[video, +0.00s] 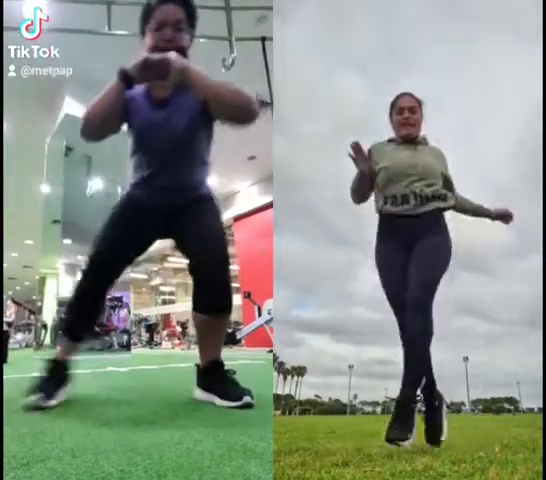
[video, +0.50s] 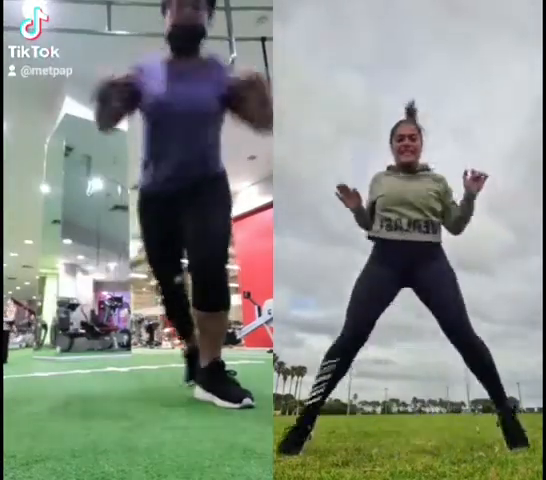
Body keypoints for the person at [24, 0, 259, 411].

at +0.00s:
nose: (169, 36)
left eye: (179, 28)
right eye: (160, 28)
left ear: (191, 38)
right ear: (144, 38)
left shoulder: (202, 88)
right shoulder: (131, 90)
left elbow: (247, 113)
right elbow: (90, 130)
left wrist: (187, 73)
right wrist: (127, 78)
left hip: (193, 202)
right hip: (142, 202)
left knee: (214, 273)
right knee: (98, 273)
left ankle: (211, 372)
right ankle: (58, 369)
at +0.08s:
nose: (172, 33)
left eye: (182, 25)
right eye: (163, 24)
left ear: (195, 36)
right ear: (148, 33)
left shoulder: (206, 84)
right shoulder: (136, 91)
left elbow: (252, 104)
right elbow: (95, 125)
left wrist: (190, 66)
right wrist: (131, 74)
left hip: (199, 201)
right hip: (147, 201)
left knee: (215, 274)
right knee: (107, 265)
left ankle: (211, 373)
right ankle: (78, 367)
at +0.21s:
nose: (186, 30)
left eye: (196, 22)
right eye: (177, 21)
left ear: (210, 32)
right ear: (162, 31)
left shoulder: (218, 82)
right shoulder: (148, 87)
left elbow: (263, 99)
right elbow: (107, 124)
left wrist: (204, 62)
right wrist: (144, 72)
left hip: (206, 198)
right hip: (156, 198)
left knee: (214, 277)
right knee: (134, 278)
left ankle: (210, 372)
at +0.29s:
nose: (191, 32)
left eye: (201, 25)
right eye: (182, 24)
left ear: (214, 35)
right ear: (167, 33)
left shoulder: (224, 86)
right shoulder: (153, 88)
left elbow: (268, 115)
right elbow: (113, 134)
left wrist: (218, 73)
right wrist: (148, 83)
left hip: (208, 200)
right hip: (159, 201)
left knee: (214, 280)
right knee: (159, 290)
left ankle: (212, 370)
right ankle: (192, 344)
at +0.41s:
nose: (191, 33)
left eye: (201, 26)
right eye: (182, 25)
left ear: (214, 37)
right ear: (168, 34)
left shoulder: (224, 86)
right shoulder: (152, 89)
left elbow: (267, 133)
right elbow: (108, 140)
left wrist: (235, 88)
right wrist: (138, 94)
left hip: (208, 198)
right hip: (160, 202)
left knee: (211, 274)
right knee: (179, 289)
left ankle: (211, 371)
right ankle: (205, 360)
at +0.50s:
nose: (187, 18)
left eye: (196, 11)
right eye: (179, 11)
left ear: (208, 21)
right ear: (166, 21)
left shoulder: (218, 73)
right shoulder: (148, 72)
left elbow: (262, 122)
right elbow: (106, 121)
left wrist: (258, 96)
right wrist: (109, 98)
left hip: (206, 187)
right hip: (159, 190)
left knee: (210, 271)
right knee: (168, 281)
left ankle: (211, 370)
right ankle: (193, 350)